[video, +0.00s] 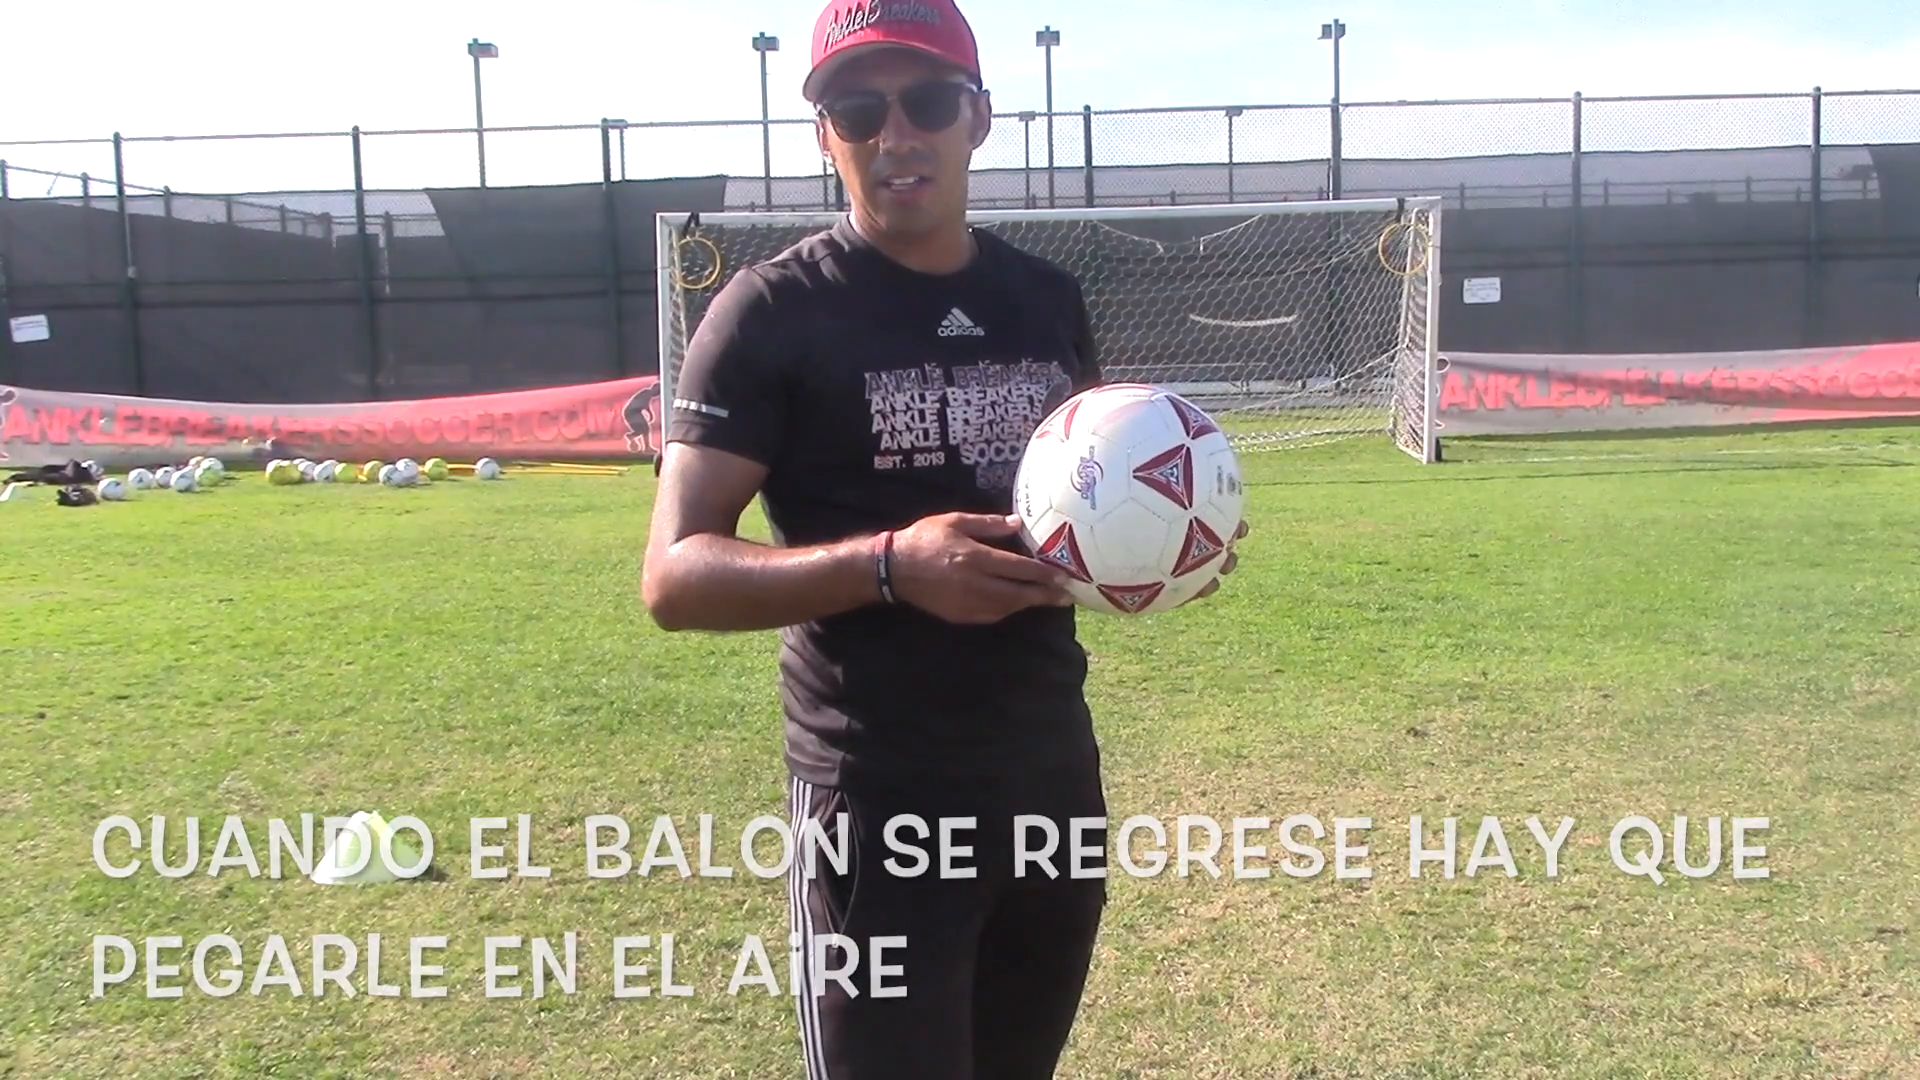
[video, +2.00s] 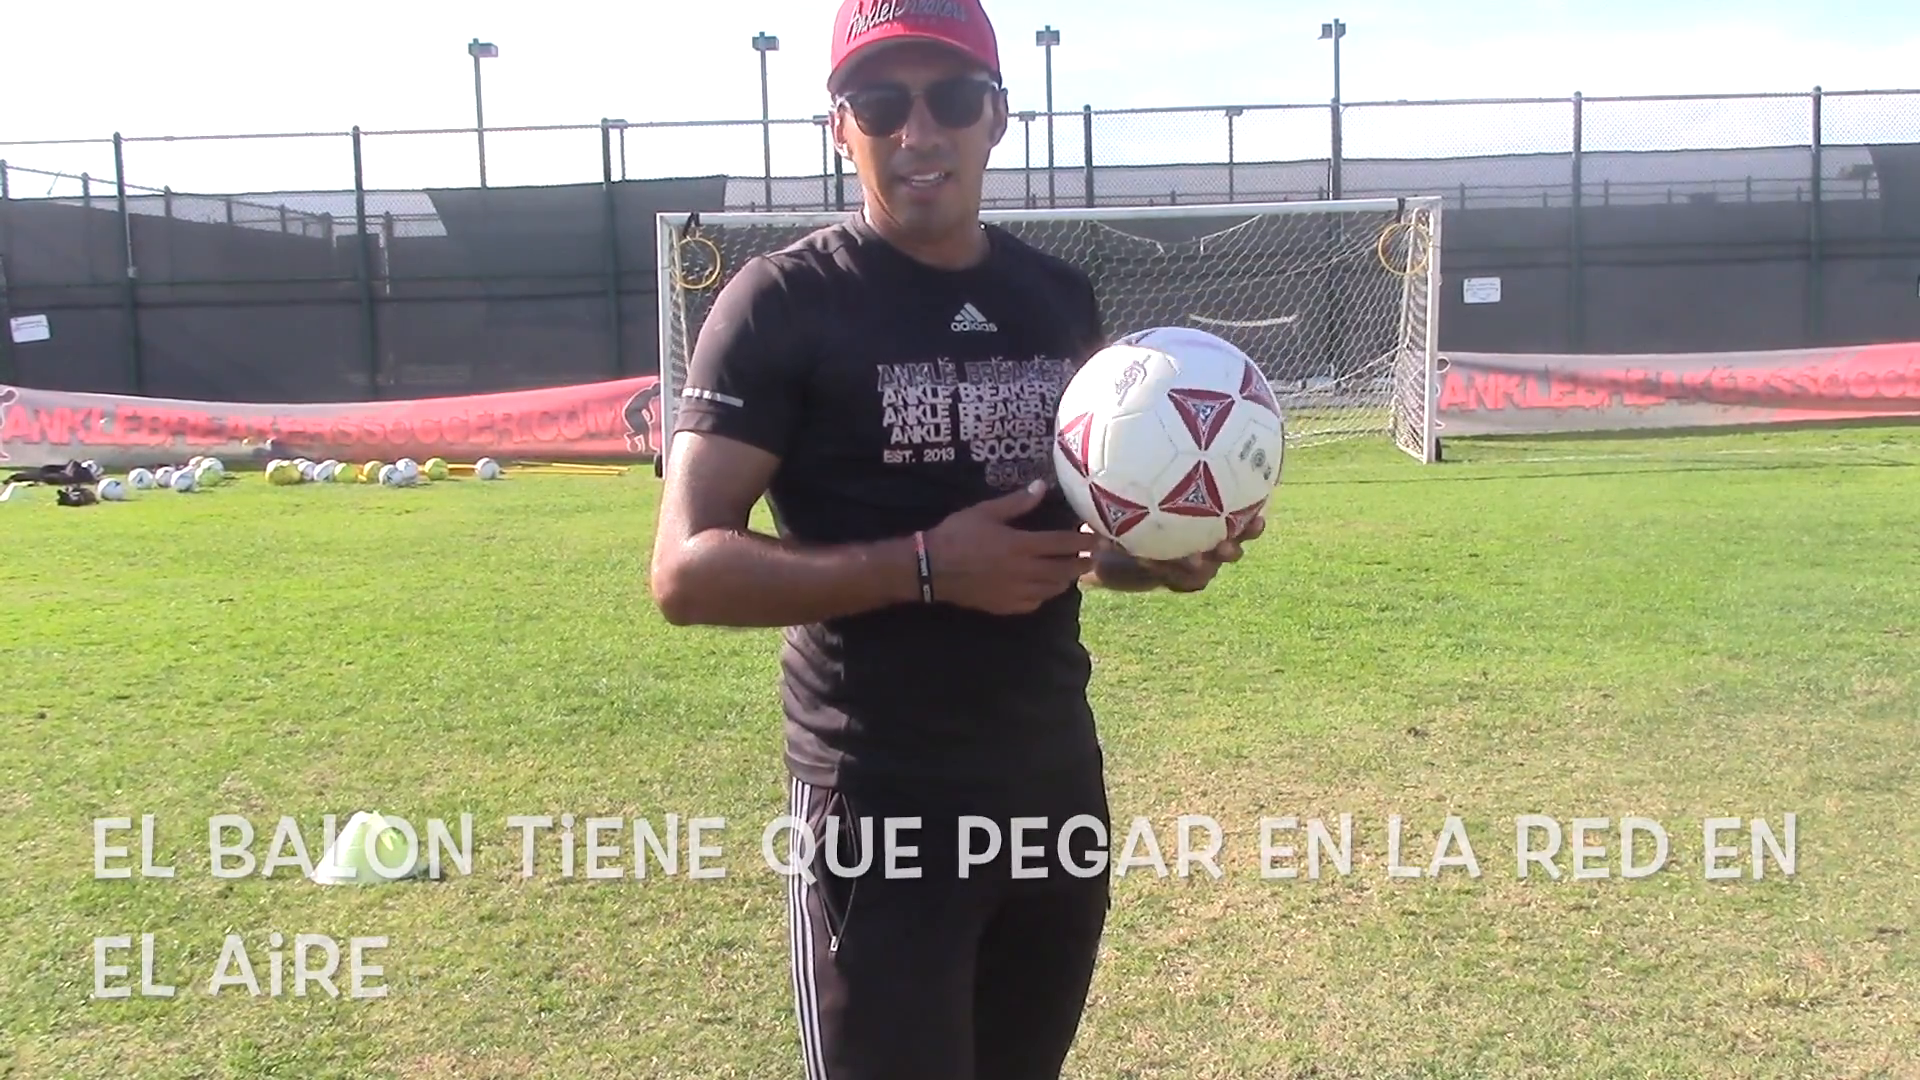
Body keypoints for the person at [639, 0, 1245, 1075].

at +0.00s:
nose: (897, 140)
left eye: (928, 104)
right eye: (862, 112)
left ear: (978, 119)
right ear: (826, 140)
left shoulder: (1046, 297)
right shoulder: (768, 312)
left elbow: (1088, 496)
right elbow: (674, 578)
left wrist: (1156, 505)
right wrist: (888, 565)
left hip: (1047, 759)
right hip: (872, 774)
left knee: (1019, 1062)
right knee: (888, 1062)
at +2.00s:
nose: (920, 134)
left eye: (952, 101)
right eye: (884, 104)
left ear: (996, 118)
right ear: (841, 129)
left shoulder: (1056, 297)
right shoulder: (776, 304)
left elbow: (1087, 527)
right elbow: (685, 571)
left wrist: (1165, 553)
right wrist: (925, 564)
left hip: (1052, 772)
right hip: (873, 783)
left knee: (1022, 1063)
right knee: (889, 1062)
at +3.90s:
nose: (1066, 116)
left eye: (1056, 87)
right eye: (1037, 87)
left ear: (942, 109)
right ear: (931, 104)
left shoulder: (914, 280)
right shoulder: (859, 287)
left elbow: (924, 537)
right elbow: (801, 619)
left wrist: (1077, 573)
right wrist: (1065, 589)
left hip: (891, 784)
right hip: (828, 797)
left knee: (951, 1053)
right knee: (885, 1066)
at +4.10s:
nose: (1029, 147)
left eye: (1024, 119)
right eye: (1014, 118)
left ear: (916, 136)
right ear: (955, 132)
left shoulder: (812, 284)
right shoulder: (913, 293)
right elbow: (928, 583)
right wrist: (1097, 556)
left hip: (808, 759)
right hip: (843, 783)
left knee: (938, 1042)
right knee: (867, 1059)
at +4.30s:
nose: (999, 160)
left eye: (995, 139)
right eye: (990, 140)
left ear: (862, 167)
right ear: (964, 154)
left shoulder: (788, 296)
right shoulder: (954, 294)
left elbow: (723, 537)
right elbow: (984, 559)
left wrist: (910, 556)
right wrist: (1079, 554)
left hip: (765, 717)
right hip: (885, 745)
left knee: (881, 1055)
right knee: (999, 1059)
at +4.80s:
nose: (1063, 221)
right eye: (1063, 208)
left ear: (943, 213)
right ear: (1055, 217)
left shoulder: (853, 320)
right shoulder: (1090, 341)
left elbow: (779, 512)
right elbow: (1151, 550)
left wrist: (881, 559)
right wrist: (1095, 570)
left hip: (882, 681)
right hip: (1029, 688)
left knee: (900, 983)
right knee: (1038, 950)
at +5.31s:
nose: (1081, 245)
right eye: (1082, 232)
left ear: (985, 232)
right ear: (1080, 234)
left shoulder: (919, 327)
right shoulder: (1115, 329)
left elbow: (862, 492)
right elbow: (1186, 493)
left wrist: (919, 554)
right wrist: (1122, 523)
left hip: (957, 618)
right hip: (1078, 619)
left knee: (985, 831)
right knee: (1066, 856)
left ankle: (1007, 1021)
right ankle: (1063, 1057)